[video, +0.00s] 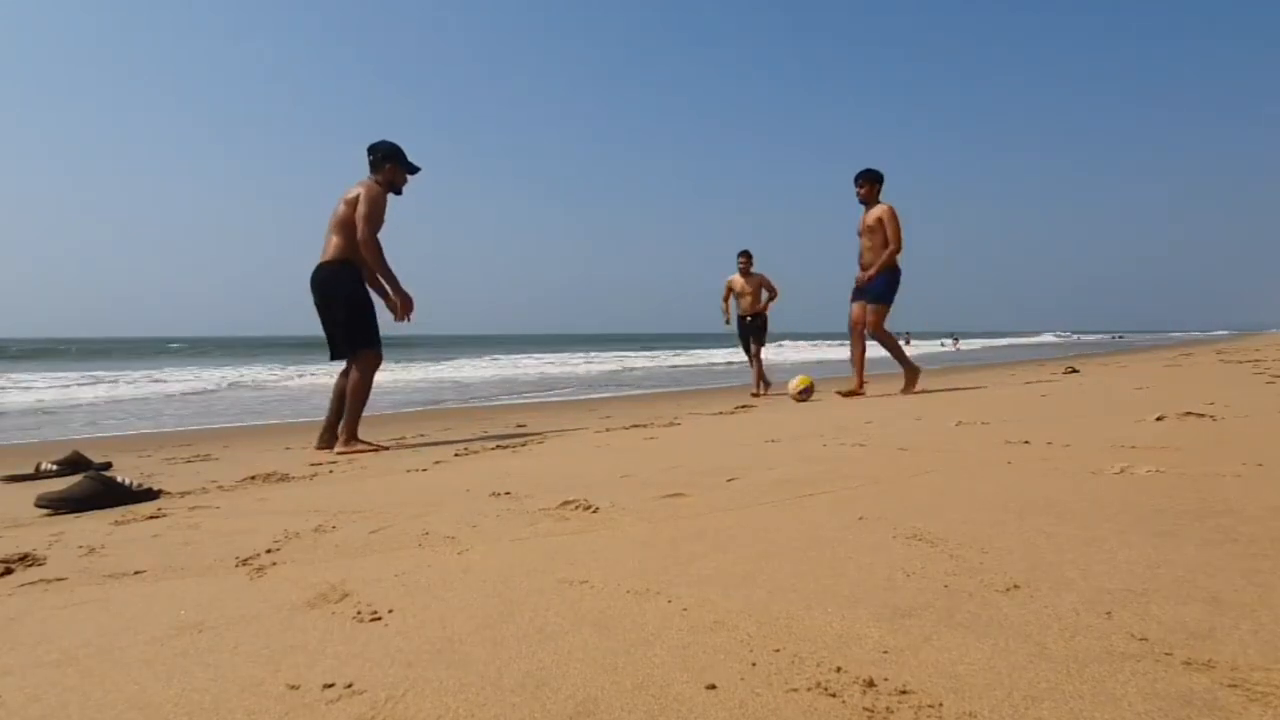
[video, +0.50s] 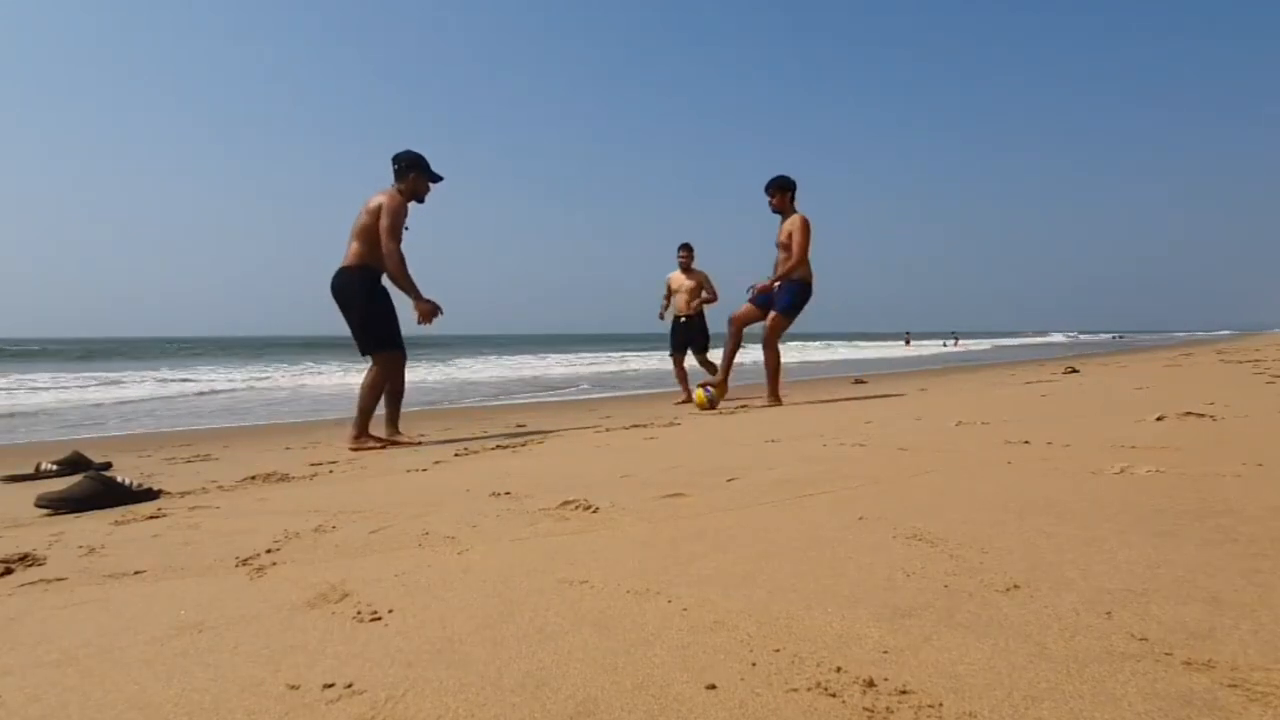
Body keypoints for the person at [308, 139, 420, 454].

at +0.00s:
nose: (406, 179)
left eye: (406, 173)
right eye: (403, 172)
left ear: (379, 169)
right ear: (387, 168)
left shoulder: (358, 193)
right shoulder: (372, 191)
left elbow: (361, 260)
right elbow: (365, 239)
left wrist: (387, 298)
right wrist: (397, 289)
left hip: (330, 276)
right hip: (342, 276)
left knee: (358, 359)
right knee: (369, 356)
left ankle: (328, 436)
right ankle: (348, 437)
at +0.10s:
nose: (408, 176)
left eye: (408, 170)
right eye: (404, 169)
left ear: (382, 168)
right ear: (387, 166)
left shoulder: (362, 192)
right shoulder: (375, 191)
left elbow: (363, 258)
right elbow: (369, 241)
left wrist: (389, 298)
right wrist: (402, 289)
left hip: (336, 275)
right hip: (345, 276)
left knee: (369, 357)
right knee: (373, 357)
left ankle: (334, 431)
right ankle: (347, 438)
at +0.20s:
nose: (412, 175)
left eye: (412, 169)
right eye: (408, 168)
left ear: (387, 167)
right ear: (392, 165)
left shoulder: (367, 193)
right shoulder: (380, 192)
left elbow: (368, 256)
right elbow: (375, 242)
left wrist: (393, 295)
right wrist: (405, 290)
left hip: (344, 276)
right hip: (350, 275)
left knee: (375, 357)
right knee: (378, 357)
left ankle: (358, 431)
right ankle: (351, 435)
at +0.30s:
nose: (419, 180)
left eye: (420, 174)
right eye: (416, 173)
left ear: (393, 173)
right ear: (400, 171)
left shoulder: (373, 199)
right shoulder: (386, 198)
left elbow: (376, 261)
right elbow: (381, 248)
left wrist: (403, 296)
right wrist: (409, 297)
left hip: (351, 280)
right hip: (354, 280)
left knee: (389, 358)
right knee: (376, 360)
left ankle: (390, 433)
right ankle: (348, 438)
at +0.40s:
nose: (425, 188)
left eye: (425, 182)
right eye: (421, 181)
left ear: (401, 180)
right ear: (405, 178)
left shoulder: (382, 205)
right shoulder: (387, 204)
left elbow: (386, 268)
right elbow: (388, 259)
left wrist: (414, 301)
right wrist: (415, 301)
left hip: (362, 286)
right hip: (356, 287)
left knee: (398, 360)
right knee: (386, 361)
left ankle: (392, 433)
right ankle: (350, 435)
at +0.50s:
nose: (429, 188)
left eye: (429, 182)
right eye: (426, 181)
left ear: (405, 179)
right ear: (410, 178)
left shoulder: (388, 203)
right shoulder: (391, 202)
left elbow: (390, 262)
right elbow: (390, 256)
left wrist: (417, 299)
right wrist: (418, 298)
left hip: (366, 283)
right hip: (357, 283)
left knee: (396, 358)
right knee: (384, 359)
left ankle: (392, 431)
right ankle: (358, 433)